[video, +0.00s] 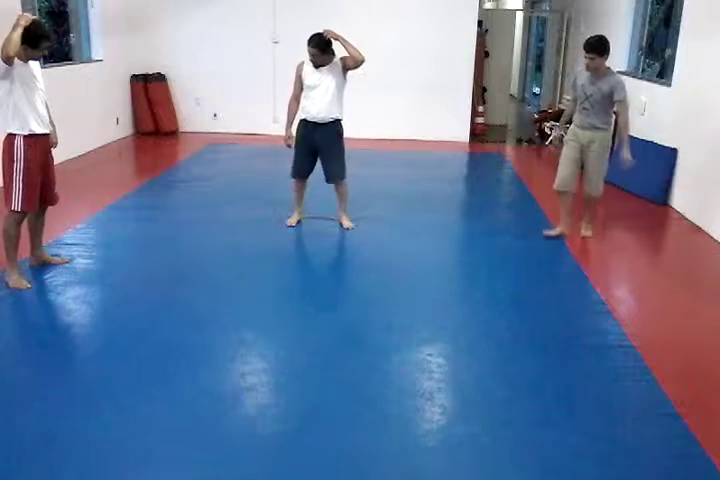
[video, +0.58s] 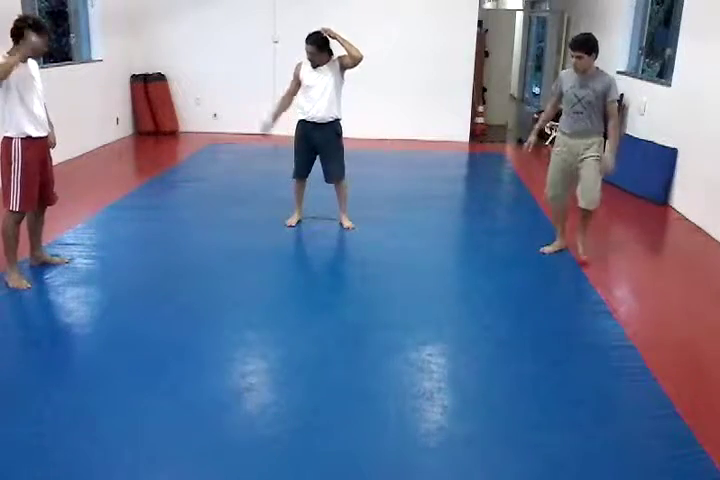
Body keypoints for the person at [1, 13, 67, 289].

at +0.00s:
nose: (37, 58)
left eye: (40, 55)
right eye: (35, 53)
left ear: (39, 48)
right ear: (23, 45)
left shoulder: (33, 63)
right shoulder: (7, 64)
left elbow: (41, 99)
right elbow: (8, 54)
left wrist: (51, 129)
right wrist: (18, 26)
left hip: (40, 136)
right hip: (19, 138)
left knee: (41, 202)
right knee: (18, 207)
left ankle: (38, 252)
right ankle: (11, 268)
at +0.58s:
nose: (46, 45)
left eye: (46, 40)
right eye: (42, 39)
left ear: (33, 39)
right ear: (27, 36)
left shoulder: (33, 64)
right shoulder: (7, 62)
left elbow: (38, 100)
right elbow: (1, 78)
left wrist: (49, 129)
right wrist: (17, 54)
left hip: (38, 138)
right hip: (15, 140)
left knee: (40, 202)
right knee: (16, 208)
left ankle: (37, 252)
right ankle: (11, 268)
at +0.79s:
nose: (46, 47)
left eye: (46, 41)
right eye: (43, 42)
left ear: (27, 42)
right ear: (25, 41)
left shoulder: (32, 64)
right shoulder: (5, 66)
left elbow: (37, 100)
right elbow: (1, 91)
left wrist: (49, 129)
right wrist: (18, 95)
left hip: (38, 139)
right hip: (15, 141)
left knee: (40, 202)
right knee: (16, 208)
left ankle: (37, 253)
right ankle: (11, 268)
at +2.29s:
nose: (49, 44)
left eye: (48, 38)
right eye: (46, 38)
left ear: (29, 40)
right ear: (32, 40)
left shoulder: (29, 67)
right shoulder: (12, 68)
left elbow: (28, 105)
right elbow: (8, 106)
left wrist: (42, 133)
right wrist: (34, 135)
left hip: (41, 142)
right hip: (25, 144)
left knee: (50, 199)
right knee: (26, 208)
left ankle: (44, 249)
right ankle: (14, 267)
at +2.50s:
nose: (51, 46)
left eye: (52, 41)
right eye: (51, 40)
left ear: (29, 37)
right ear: (42, 39)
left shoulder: (17, 61)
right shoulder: (26, 65)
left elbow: (9, 93)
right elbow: (30, 102)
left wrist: (35, 118)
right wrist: (49, 130)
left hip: (27, 136)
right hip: (36, 138)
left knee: (41, 198)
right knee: (59, 198)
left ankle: (42, 249)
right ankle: (36, 252)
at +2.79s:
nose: (61, 47)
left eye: (62, 42)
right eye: (61, 42)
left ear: (37, 37)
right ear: (55, 40)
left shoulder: (20, 62)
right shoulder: (48, 63)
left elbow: (2, 93)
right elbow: (61, 97)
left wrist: (20, 118)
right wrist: (67, 123)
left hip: (26, 136)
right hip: (49, 136)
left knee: (40, 193)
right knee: (76, 184)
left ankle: (41, 250)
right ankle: (72, 240)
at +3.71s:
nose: (87, 44)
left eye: (87, 39)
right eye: (86, 38)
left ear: (71, 35)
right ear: (76, 36)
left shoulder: (54, 55)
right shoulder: (63, 56)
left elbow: (40, 91)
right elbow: (62, 87)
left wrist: (47, 116)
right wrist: (78, 107)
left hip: (53, 119)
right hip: (62, 121)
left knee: (68, 172)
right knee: (70, 175)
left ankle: (71, 218)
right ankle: (68, 231)